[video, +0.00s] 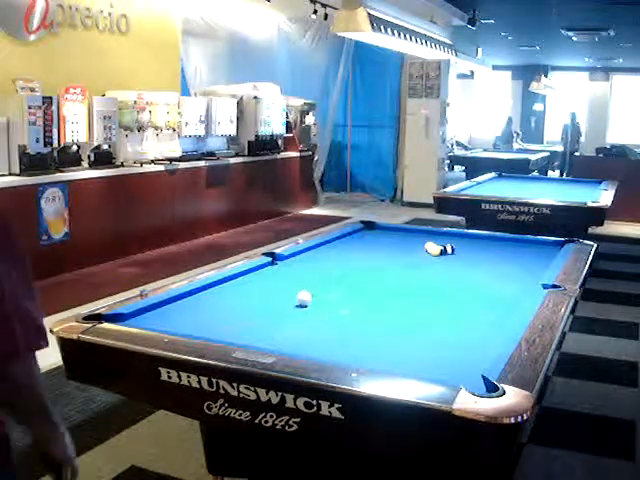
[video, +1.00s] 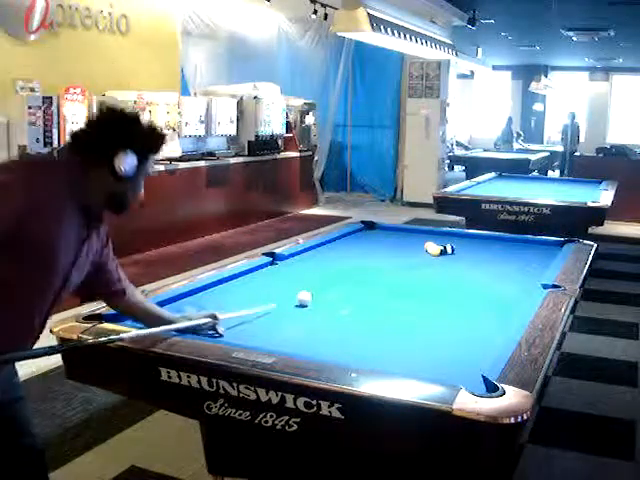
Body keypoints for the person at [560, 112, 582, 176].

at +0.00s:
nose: (572, 119)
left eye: (574, 117)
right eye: (571, 117)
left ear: (575, 117)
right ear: (570, 117)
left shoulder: (577, 126)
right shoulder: (566, 125)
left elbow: (579, 135)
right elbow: (563, 134)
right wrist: (563, 141)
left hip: (574, 146)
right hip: (566, 145)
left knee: (571, 159)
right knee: (563, 159)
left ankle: (569, 173)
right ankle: (561, 172)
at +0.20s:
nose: (572, 119)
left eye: (574, 118)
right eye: (571, 117)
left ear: (575, 118)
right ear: (570, 117)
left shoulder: (577, 126)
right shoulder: (566, 125)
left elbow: (578, 136)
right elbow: (563, 135)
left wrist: (577, 145)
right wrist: (563, 142)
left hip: (573, 146)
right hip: (566, 145)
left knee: (571, 160)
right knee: (564, 159)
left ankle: (569, 172)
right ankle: (561, 172)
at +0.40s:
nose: (572, 119)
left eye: (574, 118)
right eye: (571, 117)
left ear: (575, 118)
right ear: (570, 117)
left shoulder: (577, 126)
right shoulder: (566, 125)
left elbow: (578, 136)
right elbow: (563, 135)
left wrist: (577, 145)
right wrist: (563, 142)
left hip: (573, 146)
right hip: (566, 145)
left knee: (571, 160)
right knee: (564, 159)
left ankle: (569, 172)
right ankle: (561, 172)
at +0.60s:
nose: (571, 118)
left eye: (573, 117)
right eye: (570, 117)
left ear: (575, 117)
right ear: (569, 117)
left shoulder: (576, 125)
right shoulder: (565, 125)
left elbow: (578, 135)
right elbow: (563, 134)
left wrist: (577, 143)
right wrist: (562, 142)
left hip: (573, 146)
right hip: (566, 145)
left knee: (571, 160)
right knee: (563, 160)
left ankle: (570, 173)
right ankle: (562, 173)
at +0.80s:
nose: (571, 119)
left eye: (573, 117)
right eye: (570, 117)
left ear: (574, 117)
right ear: (568, 117)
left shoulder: (576, 126)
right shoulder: (565, 125)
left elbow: (578, 135)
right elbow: (563, 134)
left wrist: (577, 143)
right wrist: (562, 142)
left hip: (573, 145)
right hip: (566, 145)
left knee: (571, 159)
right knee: (563, 159)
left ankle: (570, 172)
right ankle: (562, 173)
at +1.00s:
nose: (571, 119)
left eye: (572, 117)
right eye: (570, 117)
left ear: (574, 117)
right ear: (568, 117)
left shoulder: (576, 126)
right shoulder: (565, 125)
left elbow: (578, 135)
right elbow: (563, 134)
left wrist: (577, 143)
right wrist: (562, 142)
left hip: (573, 145)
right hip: (566, 145)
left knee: (571, 160)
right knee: (563, 160)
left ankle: (570, 173)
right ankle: (562, 173)